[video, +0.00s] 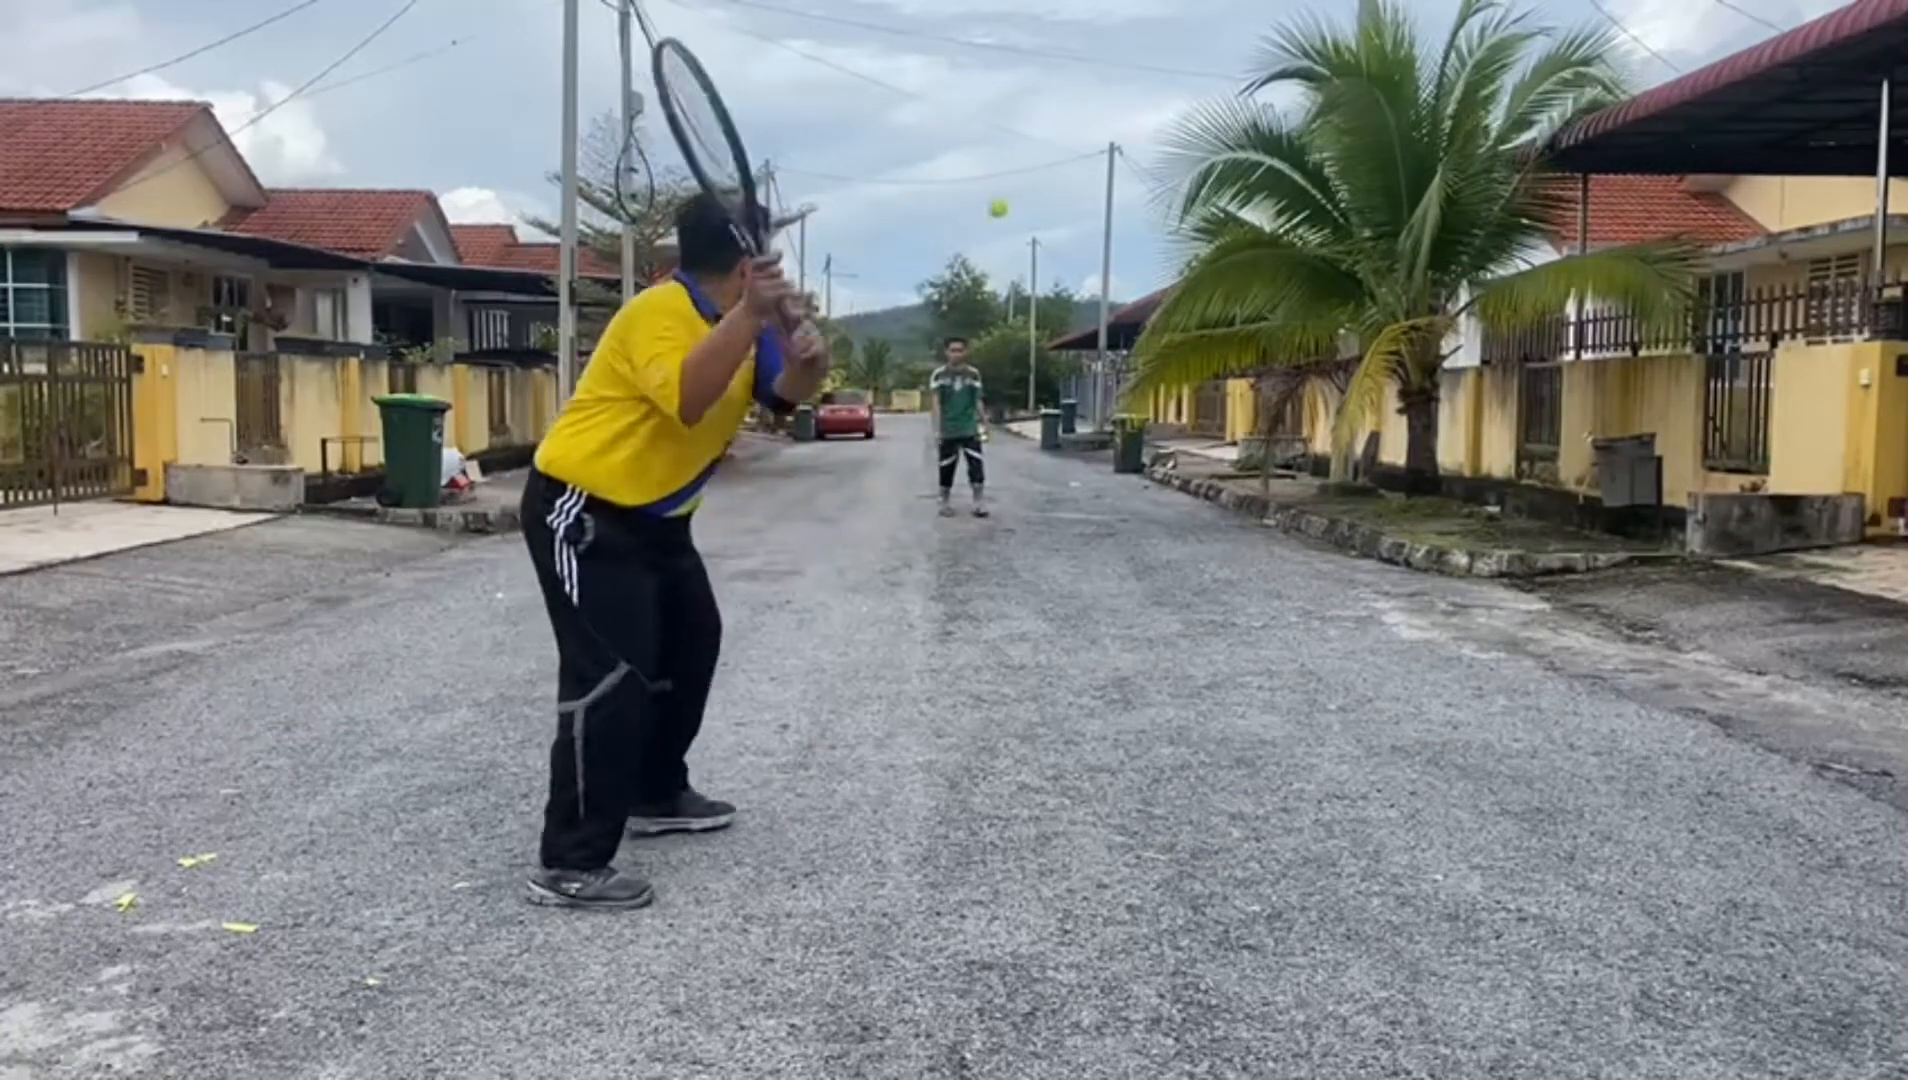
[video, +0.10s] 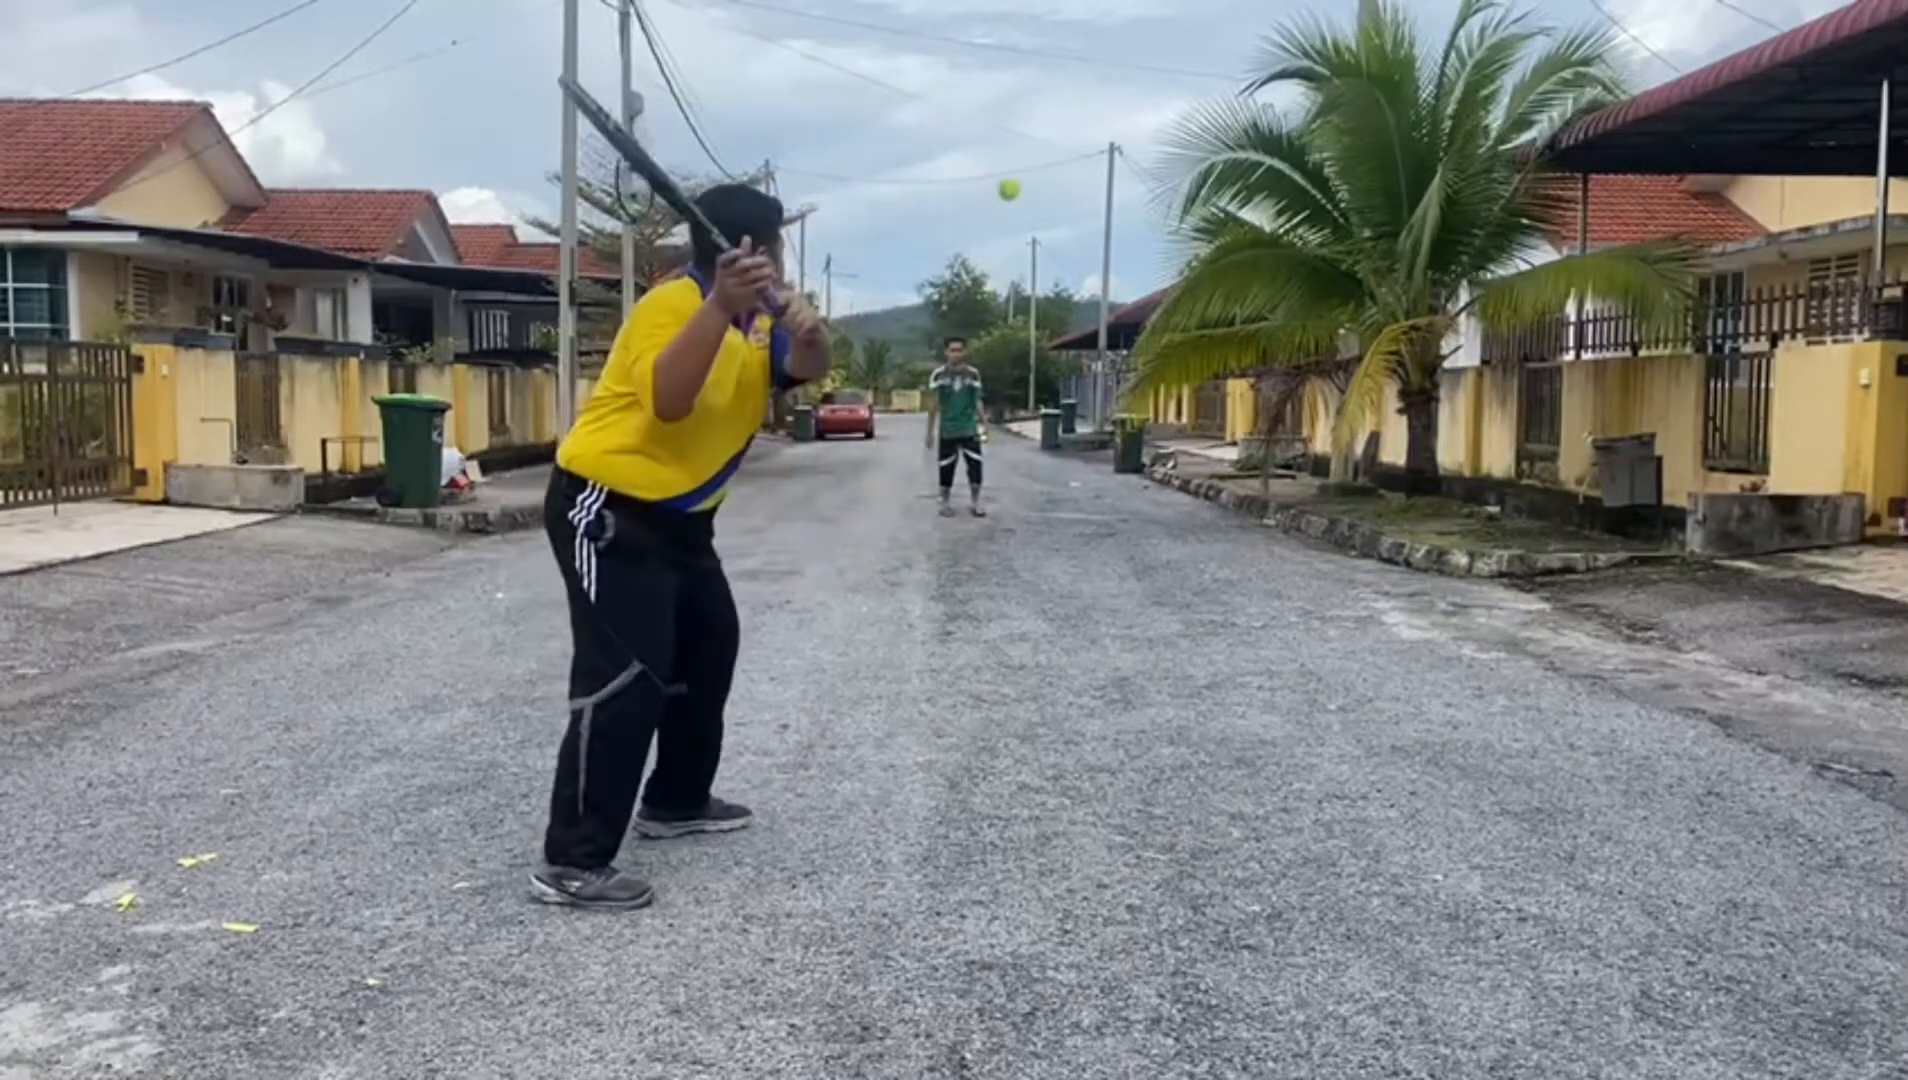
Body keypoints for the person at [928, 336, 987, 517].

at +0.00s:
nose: (956, 354)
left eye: (960, 350)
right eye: (952, 350)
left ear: (965, 352)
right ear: (946, 353)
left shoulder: (973, 374)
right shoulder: (939, 375)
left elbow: (978, 401)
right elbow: (936, 404)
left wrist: (984, 422)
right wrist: (937, 430)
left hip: (970, 428)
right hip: (948, 429)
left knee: (976, 466)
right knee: (946, 468)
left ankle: (978, 503)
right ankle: (944, 502)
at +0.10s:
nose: (956, 354)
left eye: (959, 350)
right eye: (952, 350)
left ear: (965, 353)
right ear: (946, 353)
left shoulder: (972, 374)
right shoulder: (939, 375)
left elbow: (978, 401)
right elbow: (933, 406)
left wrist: (983, 422)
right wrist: (930, 433)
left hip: (969, 428)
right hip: (948, 429)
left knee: (975, 467)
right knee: (946, 469)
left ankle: (975, 503)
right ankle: (944, 503)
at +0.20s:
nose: (956, 354)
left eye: (959, 350)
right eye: (952, 350)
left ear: (965, 353)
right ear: (946, 353)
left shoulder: (972, 374)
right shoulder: (938, 375)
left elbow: (978, 401)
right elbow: (932, 405)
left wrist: (983, 423)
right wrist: (927, 429)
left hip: (969, 429)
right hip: (948, 429)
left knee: (973, 468)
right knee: (946, 469)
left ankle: (972, 503)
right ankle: (944, 503)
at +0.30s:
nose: (958, 354)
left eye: (961, 350)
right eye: (954, 350)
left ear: (967, 352)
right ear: (948, 352)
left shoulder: (974, 374)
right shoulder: (940, 374)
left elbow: (979, 402)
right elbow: (933, 403)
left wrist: (983, 425)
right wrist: (925, 428)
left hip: (969, 426)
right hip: (949, 426)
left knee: (971, 467)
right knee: (947, 467)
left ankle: (972, 503)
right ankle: (944, 502)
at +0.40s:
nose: (958, 354)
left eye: (962, 350)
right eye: (955, 349)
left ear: (968, 352)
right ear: (948, 352)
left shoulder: (975, 378)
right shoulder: (944, 378)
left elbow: (982, 406)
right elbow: (933, 406)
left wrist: (985, 429)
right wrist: (927, 429)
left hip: (970, 431)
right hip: (949, 431)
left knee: (972, 471)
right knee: (947, 471)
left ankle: (972, 504)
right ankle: (945, 503)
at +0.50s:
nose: (960, 353)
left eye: (963, 349)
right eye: (956, 349)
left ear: (969, 352)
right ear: (951, 351)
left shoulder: (976, 374)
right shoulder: (942, 373)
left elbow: (981, 403)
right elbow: (936, 404)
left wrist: (985, 427)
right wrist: (932, 429)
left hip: (971, 429)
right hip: (950, 429)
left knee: (973, 469)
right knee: (947, 469)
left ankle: (972, 503)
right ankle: (945, 502)